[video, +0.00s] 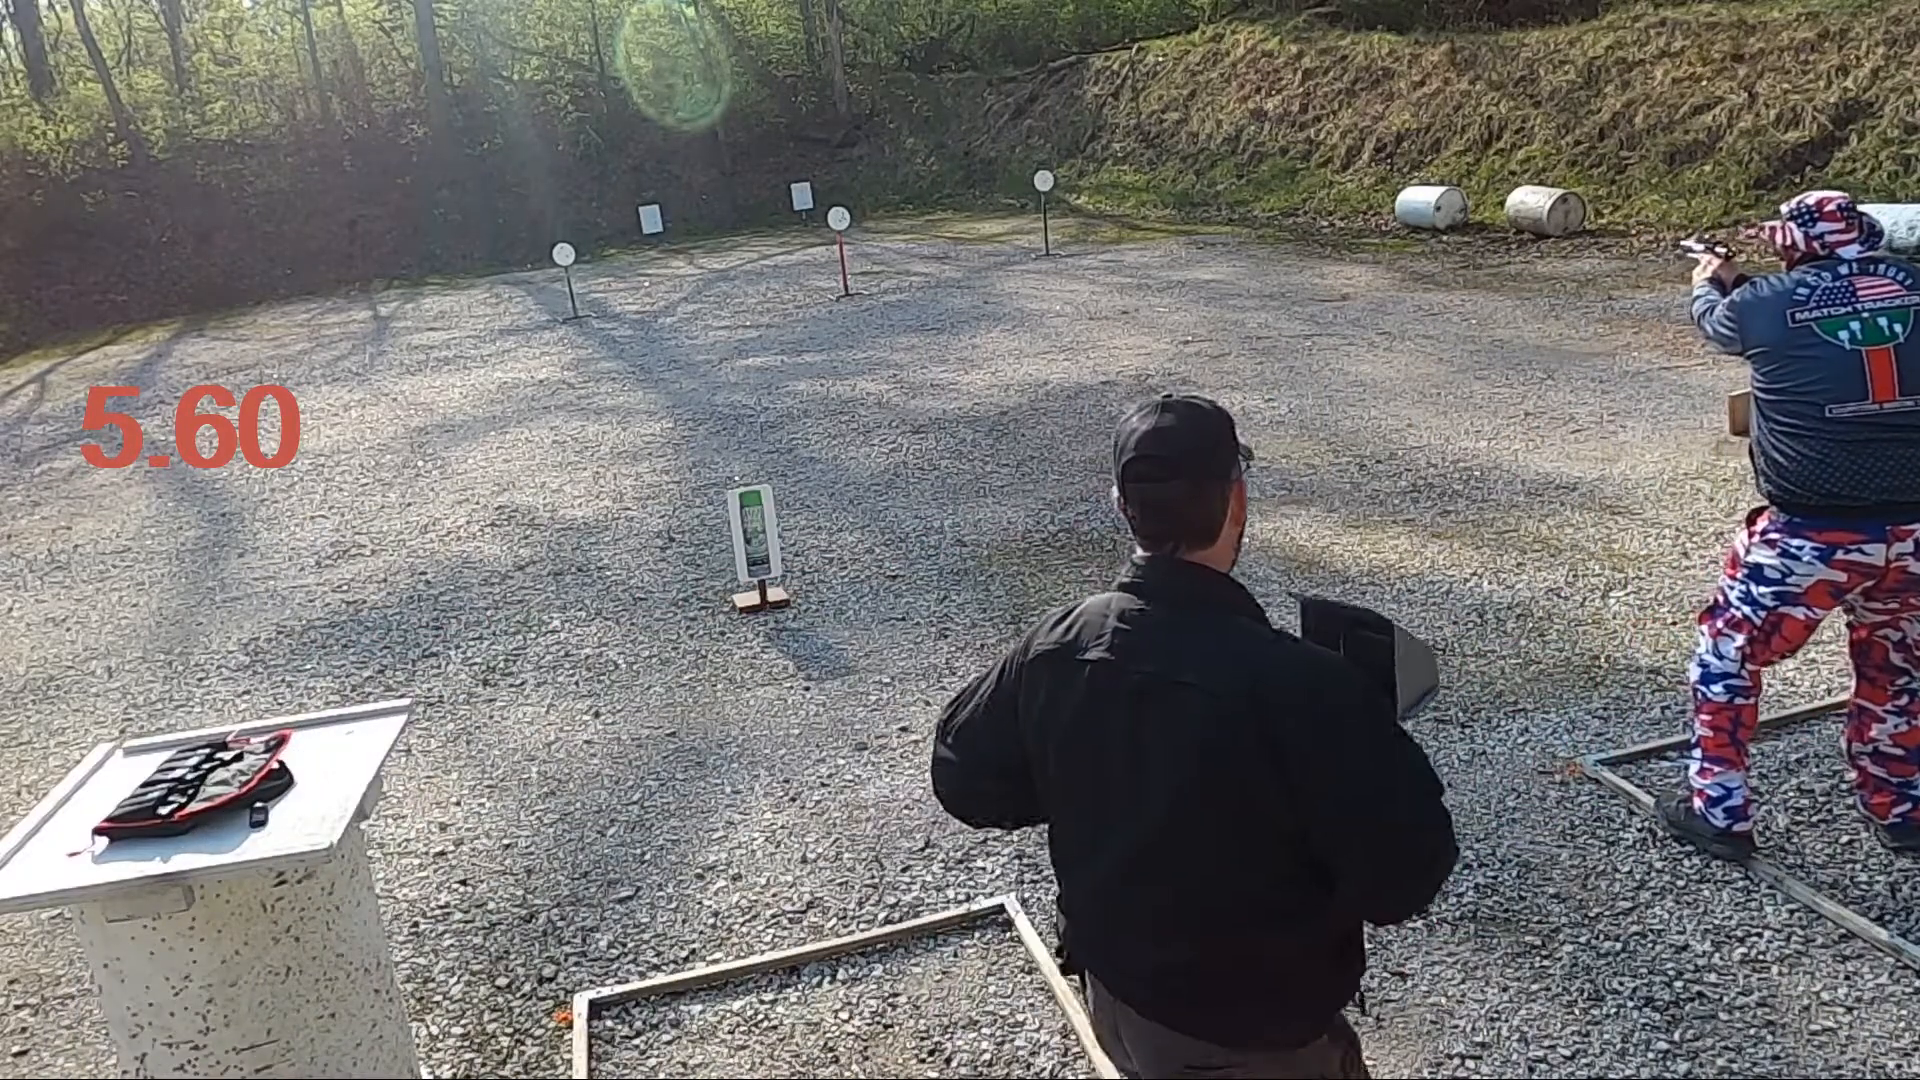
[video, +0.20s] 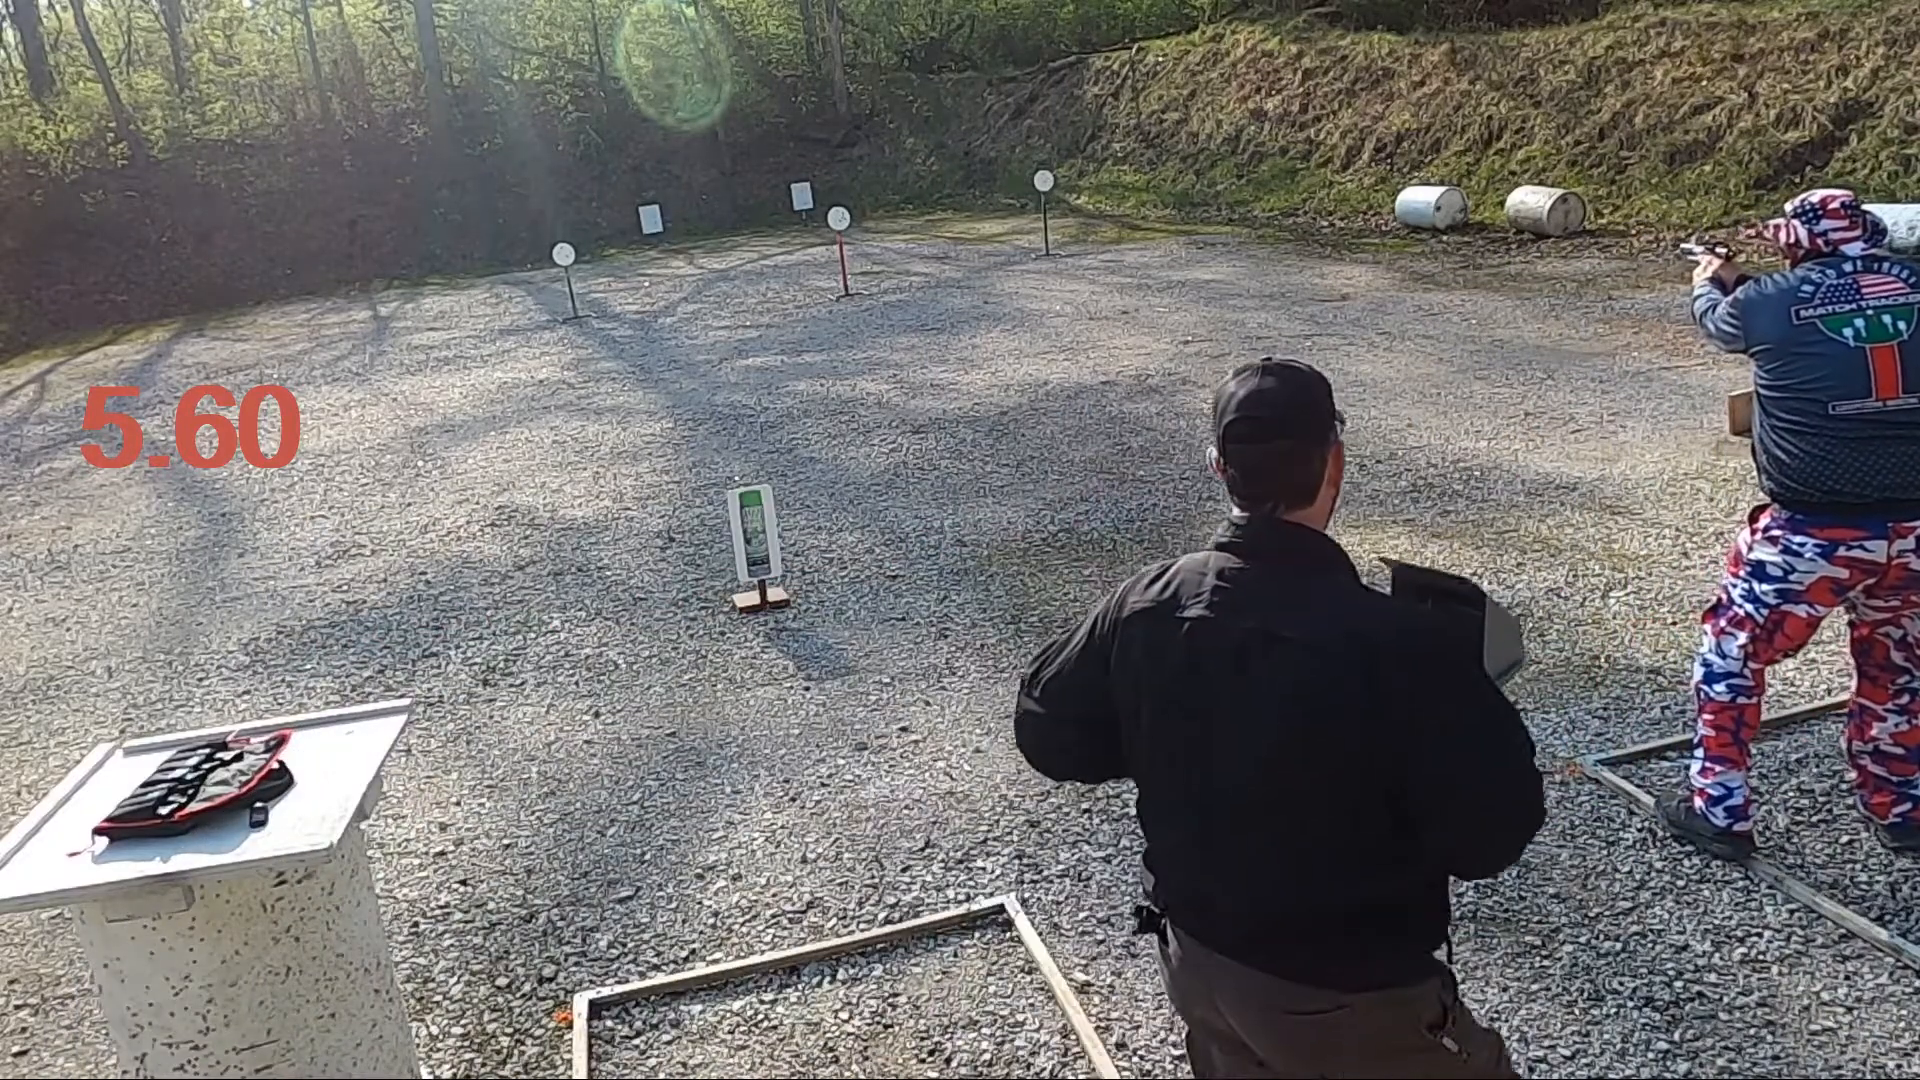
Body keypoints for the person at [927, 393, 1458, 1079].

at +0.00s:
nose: (1245, 497)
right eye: (1244, 481)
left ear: (1122, 507)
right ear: (1237, 501)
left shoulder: (1055, 654)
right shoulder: (1309, 687)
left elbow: (963, 781)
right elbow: (1410, 876)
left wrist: (1093, 768)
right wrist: (1360, 714)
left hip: (1117, 1009)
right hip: (1268, 1038)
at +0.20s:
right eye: (1340, 444)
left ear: (1220, 470)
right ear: (1335, 464)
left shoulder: (1146, 608)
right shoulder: (1403, 641)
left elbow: (1047, 734)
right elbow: (1495, 831)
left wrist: (1174, 722)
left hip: (1200, 972)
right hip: (1353, 1006)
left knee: (1228, 1063)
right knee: (1482, 1064)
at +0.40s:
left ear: (1329, 459)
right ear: (1450, 456)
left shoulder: (1257, 596)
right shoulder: (1522, 613)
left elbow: (1145, 731)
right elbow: (1610, 811)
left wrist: (1272, 702)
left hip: (1299, 960)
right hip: (1467, 985)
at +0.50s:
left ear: (1389, 448)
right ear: (1511, 440)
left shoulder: (1313, 589)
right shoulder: (1575, 600)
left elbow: (1206, 729)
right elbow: (1677, 785)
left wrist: (1328, 701)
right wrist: (1568, 751)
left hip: (1359, 955)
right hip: (1531, 972)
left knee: (1365, 1066)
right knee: (1594, 1066)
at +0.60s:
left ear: (1434, 435)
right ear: (1557, 423)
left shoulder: (1354, 578)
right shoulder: (1644, 593)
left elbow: (1249, 716)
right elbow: (1730, 765)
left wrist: (1374, 699)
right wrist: (1622, 733)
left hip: (1407, 930)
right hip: (1576, 947)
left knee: (1431, 1060)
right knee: (1615, 1069)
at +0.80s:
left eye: (1490, 401)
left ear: (1494, 416)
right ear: (1615, 402)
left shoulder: (1425, 558)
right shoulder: (1708, 564)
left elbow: (1315, 702)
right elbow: (1784, 736)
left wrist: (1438, 666)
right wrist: (1674, 692)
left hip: (1465, 914)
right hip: (1634, 929)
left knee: (1500, 1064)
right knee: (1635, 1067)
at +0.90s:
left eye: (1504, 400)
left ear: (1510, 416)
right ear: (1628, 404)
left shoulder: (1440, 557)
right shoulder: (1724, 562)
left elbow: (1337, 704)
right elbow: (1796, 728)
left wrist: (1451, 660)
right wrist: (1687, 687)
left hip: (1491, 914)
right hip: (1657, 921)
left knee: (1528, 1068)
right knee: (1657, 1067)